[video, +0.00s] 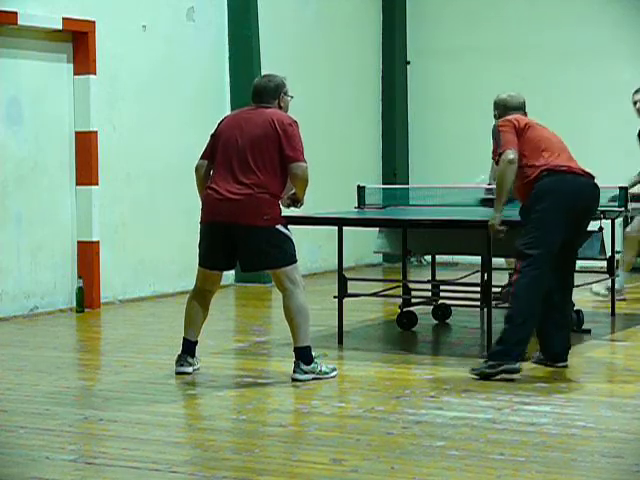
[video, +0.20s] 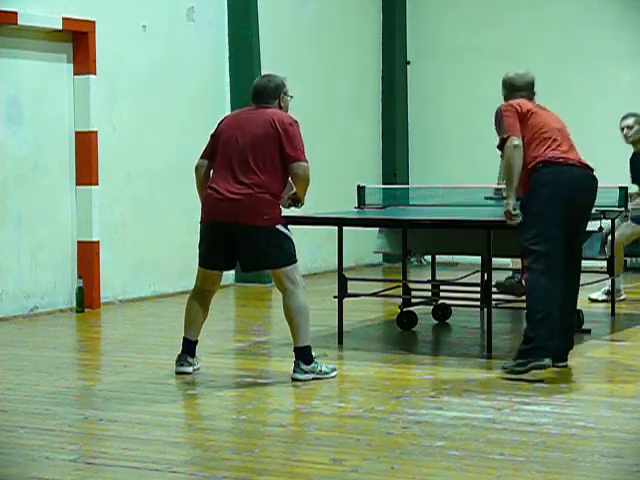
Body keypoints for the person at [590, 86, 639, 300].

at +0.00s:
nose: (638, 106)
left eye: (639, 101)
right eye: (636, 102)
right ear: (633, 105)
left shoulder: (639, 131)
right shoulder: (638, 132)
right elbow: (639, 172)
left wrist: (631, 187)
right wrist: (628, 185)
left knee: (632, 233)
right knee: (631, 233)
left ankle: (619, 281)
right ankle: (619, 281)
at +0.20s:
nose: (626, 132)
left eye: (630, 127)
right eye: (623, 129)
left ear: (639, 128)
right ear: (621, 133)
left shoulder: (636, 158)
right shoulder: (633, 158)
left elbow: (636, 188)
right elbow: (635, 189)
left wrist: (632, 196)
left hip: (638, 213)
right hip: (634, 212)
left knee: (617, 239)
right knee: (614, 239)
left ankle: (616, 286)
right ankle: (615, 285)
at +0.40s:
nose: (619, 148)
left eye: (623, 144)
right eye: (618, 145)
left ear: (635, 143)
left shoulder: (636, 161)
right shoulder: (634, 161)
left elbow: (630, 189)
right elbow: (630, 189)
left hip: (637, 220)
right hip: (635, 219)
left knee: (619, 243)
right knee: (619, 243)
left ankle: (614, 286)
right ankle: (615, 286)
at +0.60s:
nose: (630, 141)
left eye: (632, 137)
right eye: (629, 138)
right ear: (632, 140)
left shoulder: (638, 156)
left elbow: (635, 175)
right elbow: (636, 175)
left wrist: (622, 185)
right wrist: (622, 186)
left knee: (629, 240)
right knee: (629, 240)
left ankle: (618, 284)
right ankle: (618, 284)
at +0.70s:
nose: (636, 125)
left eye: (637, 121)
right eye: (636, 121)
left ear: (639, 122)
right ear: (634, 122)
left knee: (629, 242)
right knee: (628, 241)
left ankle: (619, 284)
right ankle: (619, 284)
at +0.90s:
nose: (636, 129)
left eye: (636, 126)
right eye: (636, 126)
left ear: (636, 123)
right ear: (635, 123)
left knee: (629, 239)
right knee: (628, 239)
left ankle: (620, 280)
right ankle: (620, 280)